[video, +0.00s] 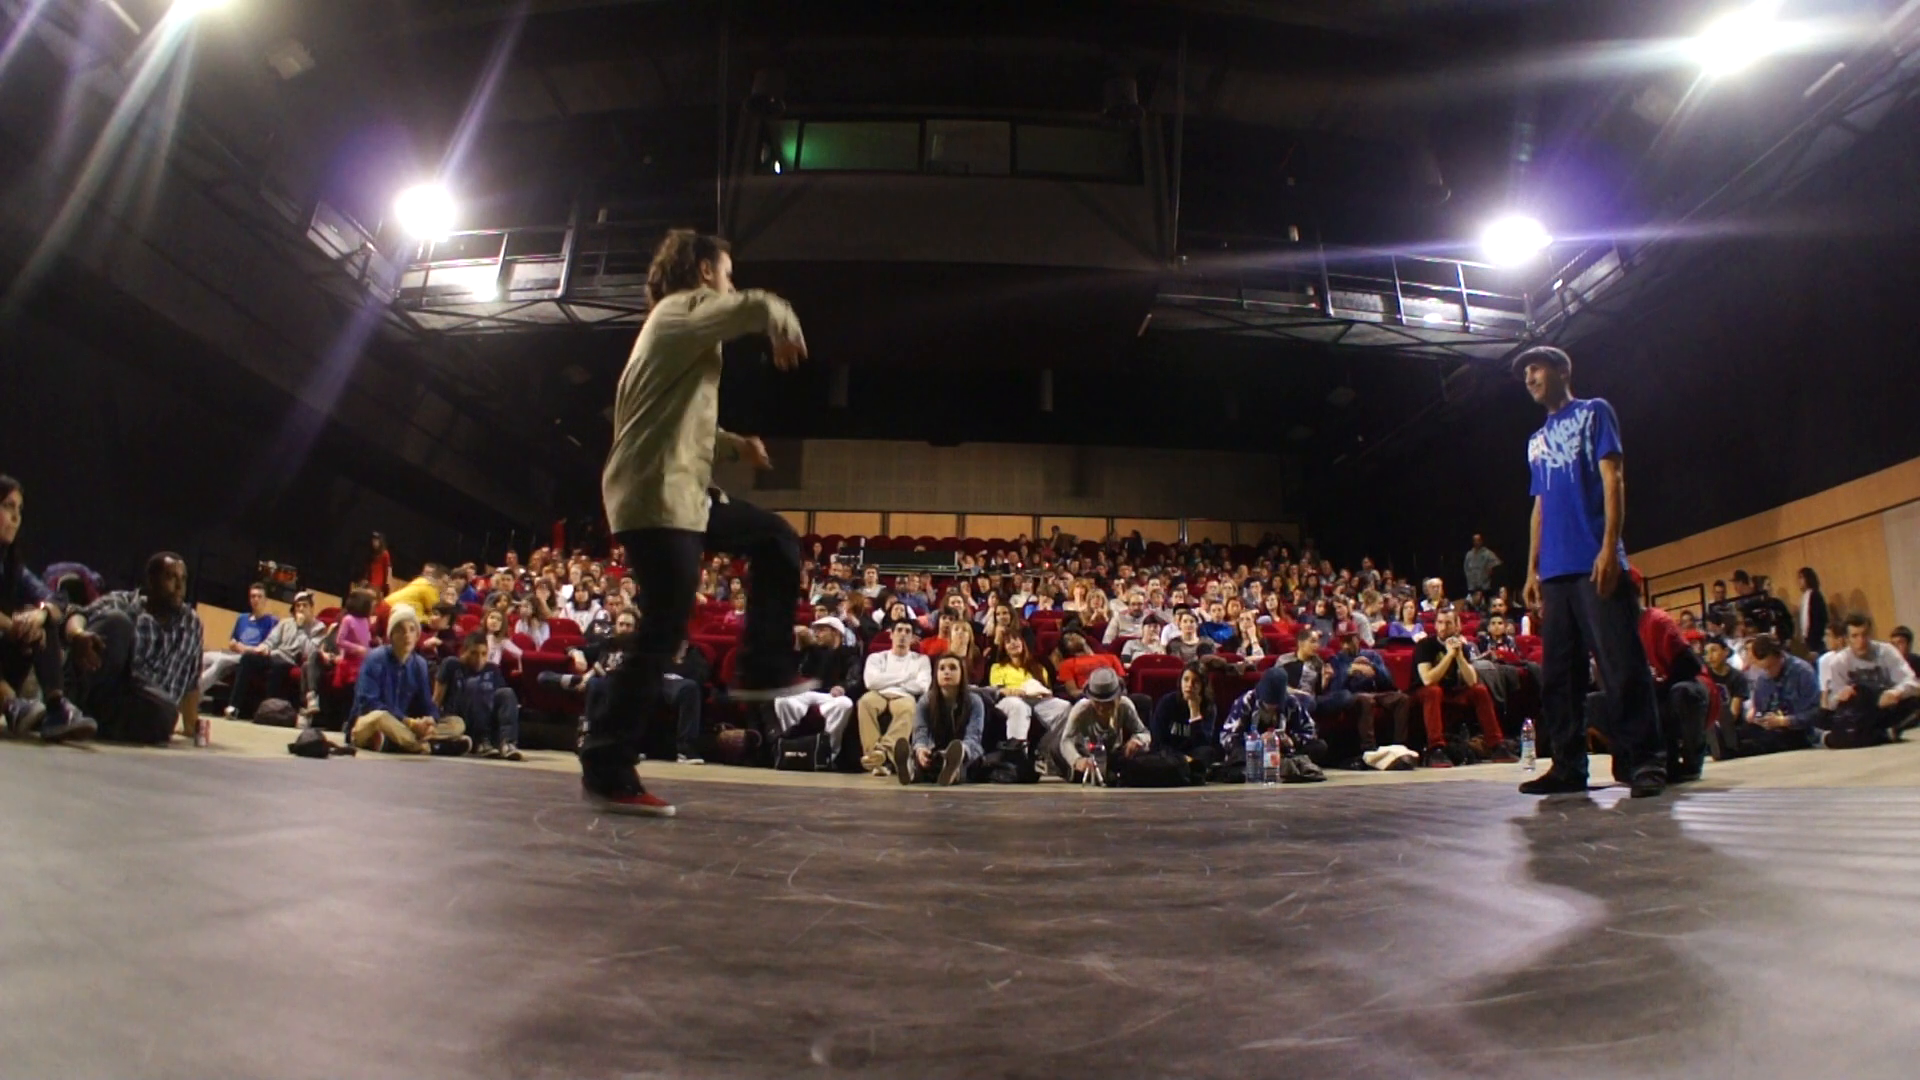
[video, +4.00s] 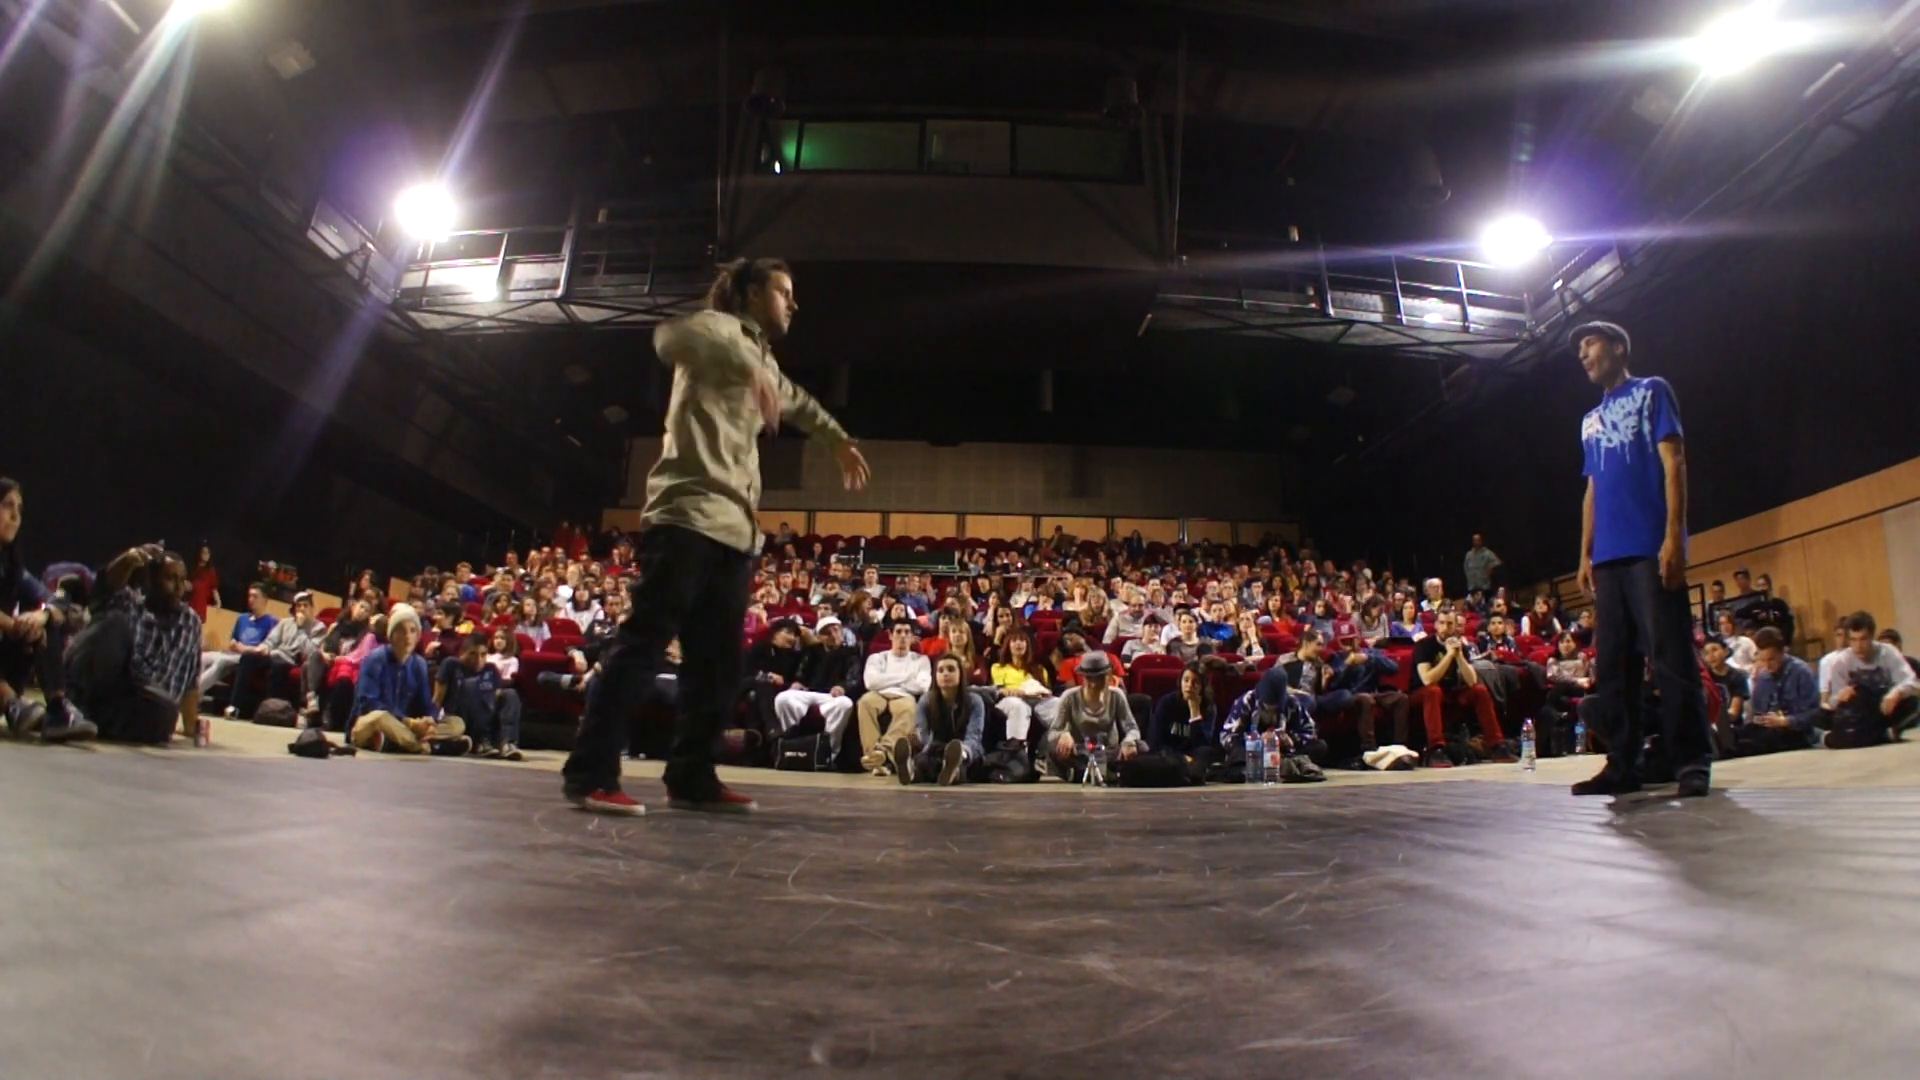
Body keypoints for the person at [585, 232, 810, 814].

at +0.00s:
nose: (732, 285)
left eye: (732, 276)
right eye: (726, 274)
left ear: (687, 274)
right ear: (700, 272)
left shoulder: (686, 335)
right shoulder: (673, 313)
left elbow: (679, 430)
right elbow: (759, 307)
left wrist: (736, 447)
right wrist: (782, 327)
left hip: (687, 493)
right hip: (655, 492)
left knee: (777, 539)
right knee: (664, 626)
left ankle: (766, 668)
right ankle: (608, 764)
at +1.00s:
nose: (768, 331)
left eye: (771, 323)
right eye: (763, 319)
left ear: (743, 317)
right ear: (736, 310)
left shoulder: (731, 360)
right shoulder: (715, 347)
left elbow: (735, 418)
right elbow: (673, 414)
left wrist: (792, 417)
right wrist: (710, 490)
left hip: (691, 524)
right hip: (674, 521)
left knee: (674, 652)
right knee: (650, 649)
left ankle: (687, 775)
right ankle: (594, 773)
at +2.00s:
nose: (745, 303)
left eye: (748, 296)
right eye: (740, 291)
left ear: (738, 301)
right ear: (712, 288)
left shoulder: (731, 341)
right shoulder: (680, 308)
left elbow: (777, 350)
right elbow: (655, 339)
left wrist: (741, 312)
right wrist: (738, 366)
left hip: (705, 506)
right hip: (668, 497)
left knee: (703, 629)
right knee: (699, 614)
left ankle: (690, 770)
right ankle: (634, 753)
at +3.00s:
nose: (776, 278)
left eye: (776, 271)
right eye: (766, 269)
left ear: (766, 283)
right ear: (736, 273)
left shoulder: (768, 338)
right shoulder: (712, 302)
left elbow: (803, 335)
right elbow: (711, 241)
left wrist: (847, 305)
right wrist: (761, 173)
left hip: (722, 497)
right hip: (673, 481)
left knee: (761, 623)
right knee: (715, 601)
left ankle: (757, 751)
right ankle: (646, 741)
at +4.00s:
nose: (791, 304)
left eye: (792, 296)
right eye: (783, 293)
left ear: (768, 302)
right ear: (749, 293)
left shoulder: (766, 365)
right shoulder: (718, 330)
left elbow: (801, 402)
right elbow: (672, 335)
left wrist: (840, 440)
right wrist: (749, 369)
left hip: (733, 528)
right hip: (685, 513)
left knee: (716, 662)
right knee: (643, 645)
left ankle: (692, 775)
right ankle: (589, 773)